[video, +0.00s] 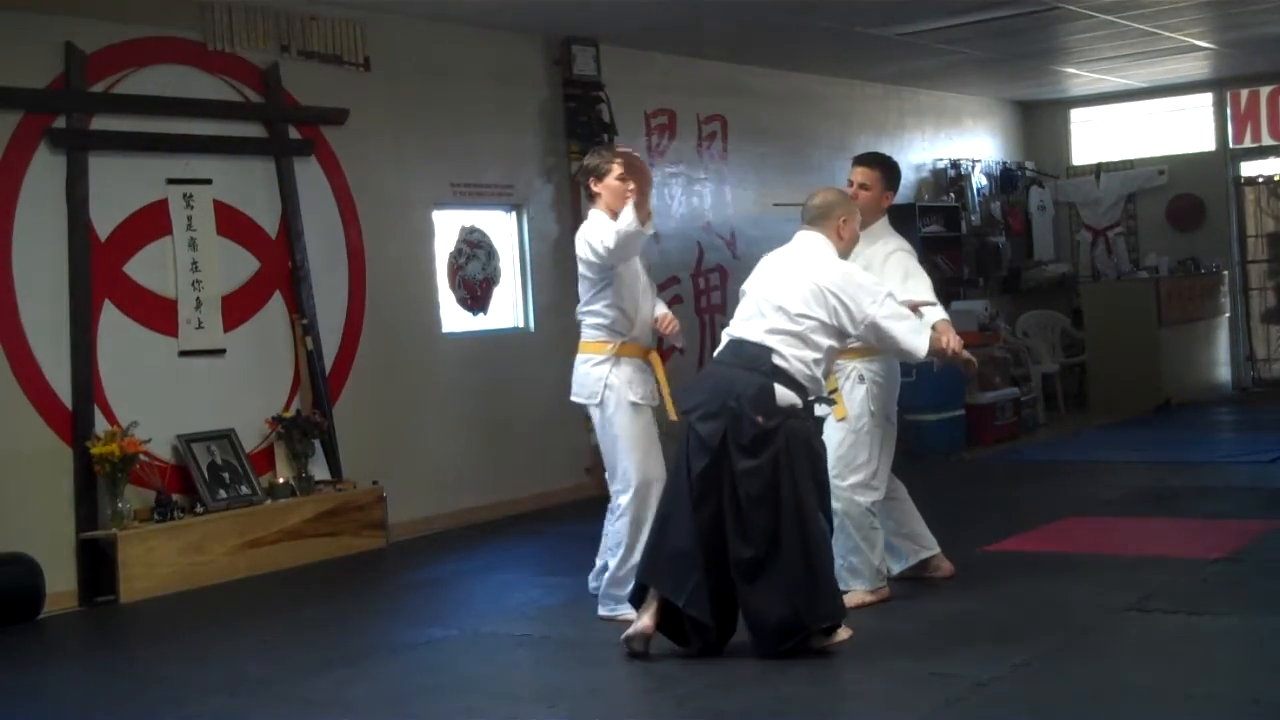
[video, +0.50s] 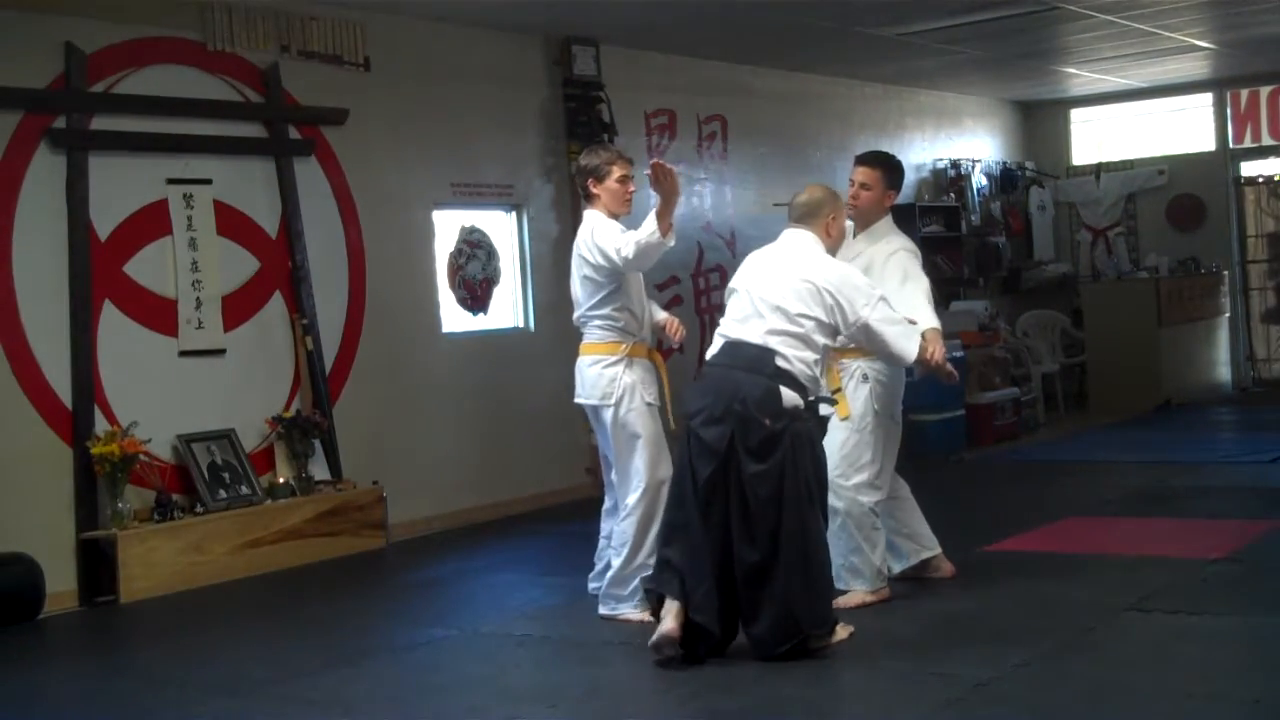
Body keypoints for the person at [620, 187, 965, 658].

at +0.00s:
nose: (856, 236)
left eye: (855, 228)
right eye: (856, 228)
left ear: (808, 223)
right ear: (844, 227)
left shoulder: (771, 261)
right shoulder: (845, 277)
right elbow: (910, 336)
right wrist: (941, 346)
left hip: (714, 381)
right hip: (774, 393)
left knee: (693, 502)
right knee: (802, 513)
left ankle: (650, 612)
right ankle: (815, 624)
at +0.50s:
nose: (847, 232)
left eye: (846, 224)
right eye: (845, 224)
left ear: (792, 221)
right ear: (831, 224)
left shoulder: (755, 259)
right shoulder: (837, 275)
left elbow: (736, 307)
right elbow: (895, 334)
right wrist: (930, 358)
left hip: (714, 378)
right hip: (777, 388)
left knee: (697, 501)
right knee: (797, 513)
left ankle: (674, 609)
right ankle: (811, 625)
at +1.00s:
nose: (738, 221)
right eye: (737, 214)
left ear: (685, 219)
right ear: (733, 216)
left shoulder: (650, 276)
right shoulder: (761, 273)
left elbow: (631, 360)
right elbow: (791, 354)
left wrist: (673, 372)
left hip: (668, 410)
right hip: (737, 409)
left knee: (675, 526)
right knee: (755, 519)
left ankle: (683, 644)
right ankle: (792, 625)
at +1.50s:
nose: (700, 211)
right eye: (697, 204)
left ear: (645, 214)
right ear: (692, 208)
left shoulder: (629, 263)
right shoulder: (732, 260)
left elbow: (605, 346)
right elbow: (766, 333)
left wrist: (607, 427)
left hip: (659, 405)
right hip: (727, 401)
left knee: (664, 526)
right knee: (745, 514)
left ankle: (679, 650)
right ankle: (767, 627)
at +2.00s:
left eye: (695, 210)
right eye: (740, 213)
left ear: (692, 214)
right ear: (740, 215)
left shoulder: (663, 270)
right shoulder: (767, 267)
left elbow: (638, 352)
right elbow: (791, 347)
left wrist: (656, 405)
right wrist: (756, 361)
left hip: (688, 385)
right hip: (750, 384)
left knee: (690, 507)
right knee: (754, 506)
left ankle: (686, 612)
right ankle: (755, 625)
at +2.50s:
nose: (706, 245)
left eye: (705, 239)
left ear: (707, 241)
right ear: (751, 244)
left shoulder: (682, 291)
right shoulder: (774, 288)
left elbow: (648, 349)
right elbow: (808, 359)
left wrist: (622, 391)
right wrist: (827, 350)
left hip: (701, 394)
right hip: (761, 393)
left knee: (713, 495)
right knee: (766, 497)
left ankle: (726, 589)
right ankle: (765, 590)